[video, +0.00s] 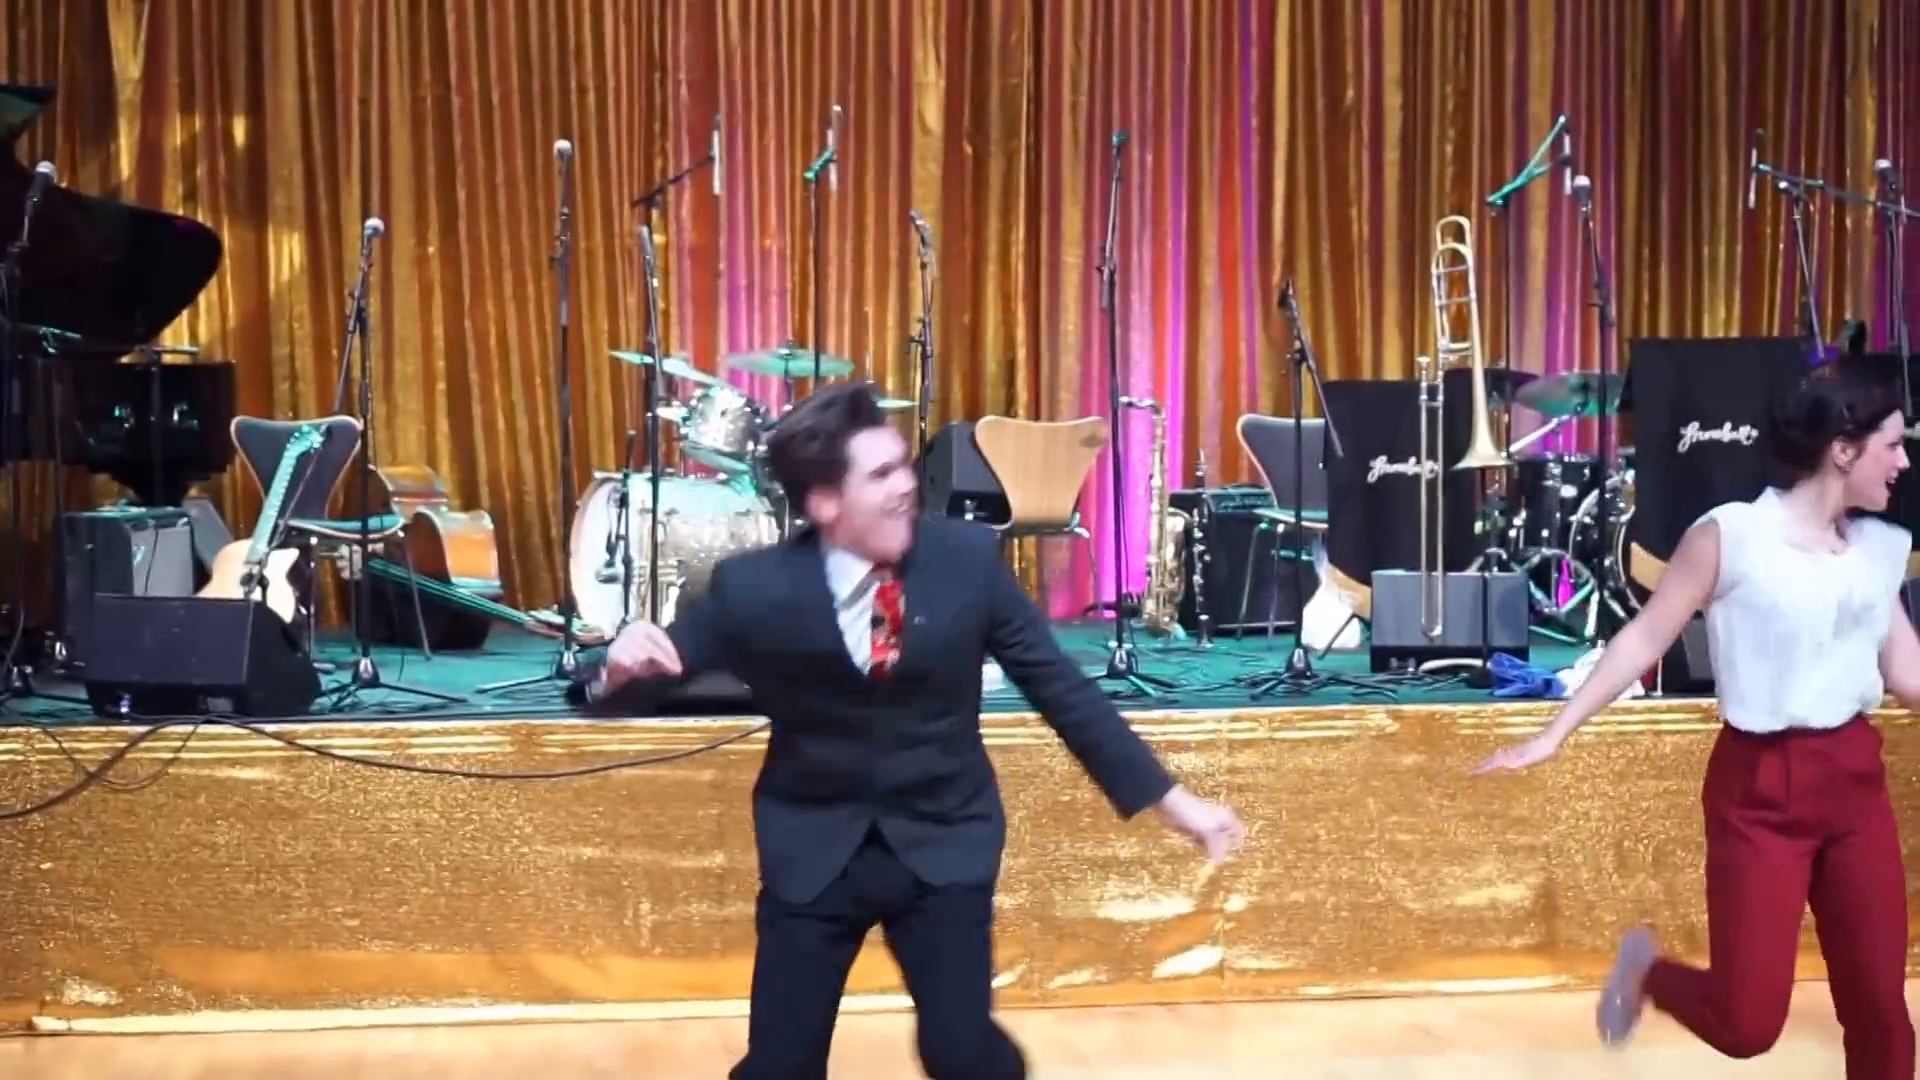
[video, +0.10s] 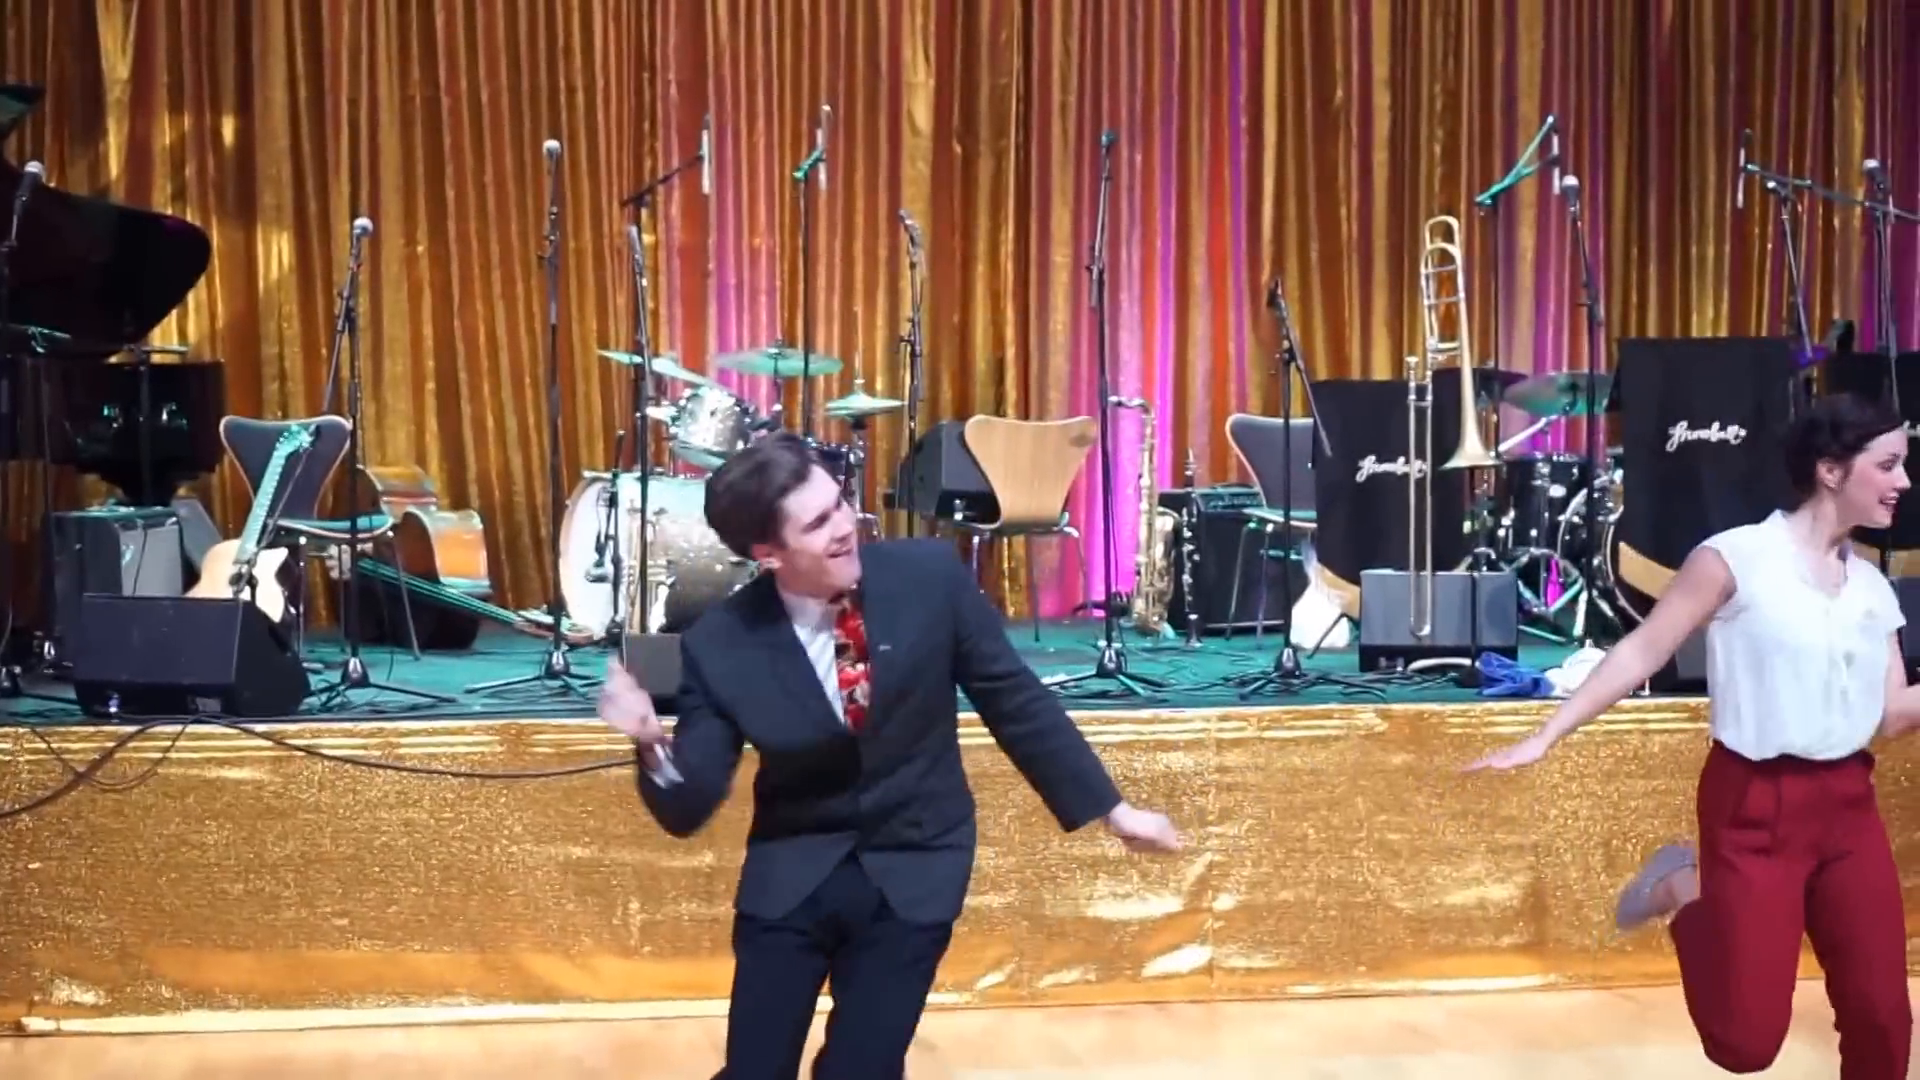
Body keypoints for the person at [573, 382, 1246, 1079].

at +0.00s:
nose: (908, 488)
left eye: (907, 467)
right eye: (884, 475)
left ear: (913, 473)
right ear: (821, 503)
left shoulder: (968, 563)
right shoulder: (751, 591)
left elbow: (1062, 687)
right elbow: (614, 698)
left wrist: (1166, 798)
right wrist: (622, 666)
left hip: (947, 834)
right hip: (812, 839)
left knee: (958, 1048)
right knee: (781, 1058)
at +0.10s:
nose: (846, 528)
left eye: (842, 505)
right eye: (819, 524)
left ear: (848, 494)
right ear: (766, 553)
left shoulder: (930, 578)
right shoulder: (721, 643)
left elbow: (1015, 697)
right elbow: (685, 809)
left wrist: (1109, 807)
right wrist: (653, 746)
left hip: (917, 851)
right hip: (792, 853)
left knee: (859, 1066)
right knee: (754, 1067)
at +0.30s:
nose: (895, 377)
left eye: (891, 358)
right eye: (871, 365)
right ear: (814, 397)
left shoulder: (942, 469)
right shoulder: (730, 522)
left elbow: (1010, 615)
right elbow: (733, 695)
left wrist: (1069, 747)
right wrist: (752, 853)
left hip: (930, 798)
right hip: (798, 804)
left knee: (952, 1047)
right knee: (746, 1051)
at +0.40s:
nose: (934, 358)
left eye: (929, 339)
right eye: (912, 343)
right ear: (854, 371)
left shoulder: (965, 471)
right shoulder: (763, 491)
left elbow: (1031, 608)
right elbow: (746, 668)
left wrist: (1076, 701)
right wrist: (771, 822)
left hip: (938, 802)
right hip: (812, 806)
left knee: (972, 1053)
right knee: (746, 1055)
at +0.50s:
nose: (973, 367)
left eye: (968, 349)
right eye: (953, 349)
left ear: (916, 377)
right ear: (897, 377)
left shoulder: (998, 498)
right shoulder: (810, 486)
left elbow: (1060, 607)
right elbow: (727, 644)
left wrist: (1115, 665)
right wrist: (787, 788)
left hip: (957, 825)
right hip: (835, 822)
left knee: (998, 1060)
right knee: (762, 1060)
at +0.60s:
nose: (1009, 371)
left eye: (1003, 353)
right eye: (990, 354)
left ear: (951, 380)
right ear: (935, 380)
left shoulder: (1034, 488)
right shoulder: (863, 480)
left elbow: (1096, 621)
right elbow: (765, 622)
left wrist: (1175, 703)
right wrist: (836, 755)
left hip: (1004, 825)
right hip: (890, 820)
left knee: (1049, 1057)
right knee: (787, 1051)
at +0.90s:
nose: (1200, 516)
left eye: (1197, 498)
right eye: (1187, 499)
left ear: (1130, 519)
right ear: (1125, 518)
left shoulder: (1186, 601)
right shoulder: (1021, 632)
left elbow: (1173, 756)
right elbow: (1053, 807)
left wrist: (1171, 874)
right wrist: (1168, 869)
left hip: (1128, 887)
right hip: (1046, 894)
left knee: (1122, 1065)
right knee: (1244, 1016)